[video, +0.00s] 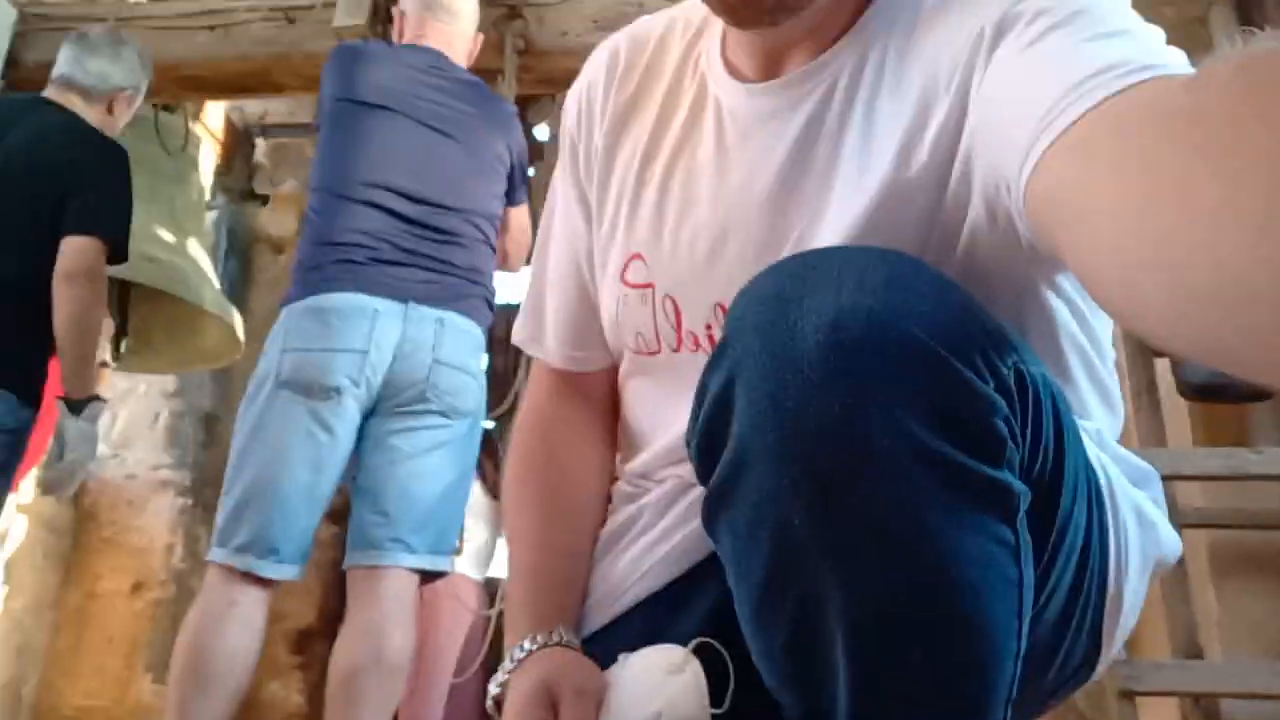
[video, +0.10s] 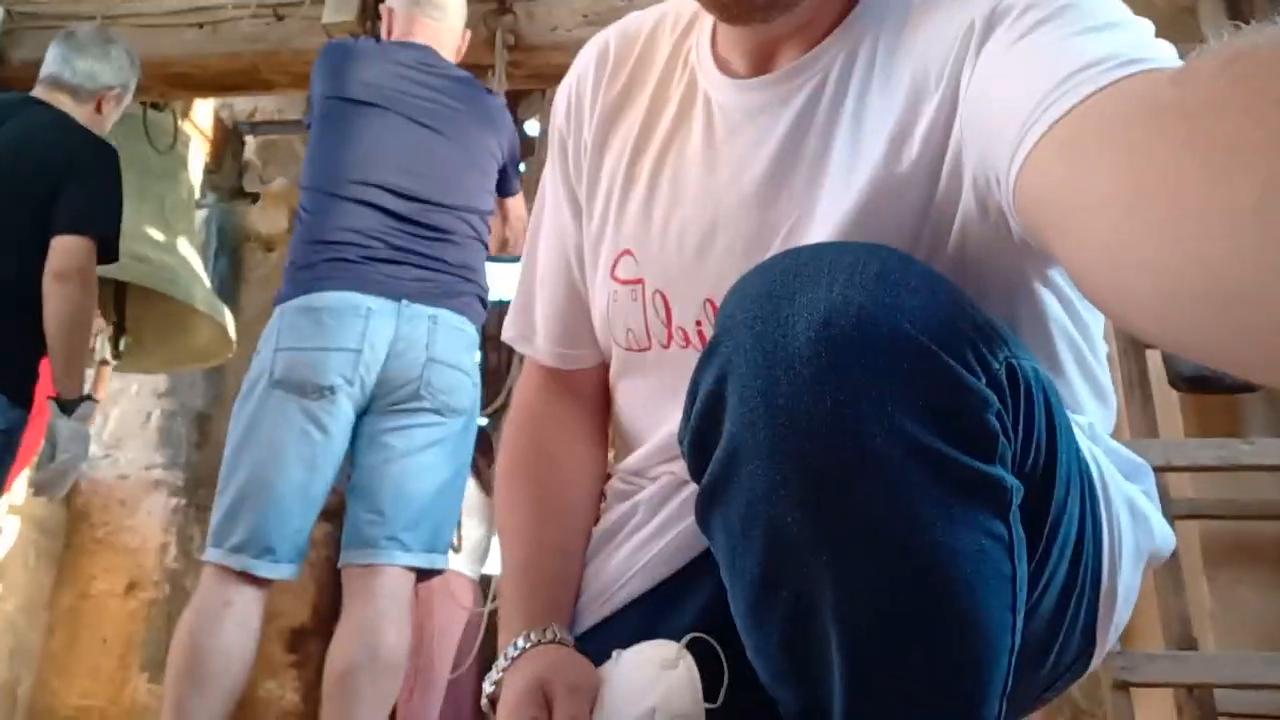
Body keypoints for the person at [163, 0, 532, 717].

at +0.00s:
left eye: (392, 17)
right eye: (475, 32)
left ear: (395, 20)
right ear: (476, 46)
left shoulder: (349, 63)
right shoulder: (503, 117)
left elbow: (353, 172)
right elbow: (513, 250)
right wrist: (436, 217)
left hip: (335, 312)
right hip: (453, 336)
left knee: (244, 569)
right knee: (390, 572)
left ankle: (188, 717)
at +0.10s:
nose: (379, 23)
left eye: (380, 16)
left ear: (386, 18)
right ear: (465, 43)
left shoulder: (338, 60)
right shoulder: (493, 112)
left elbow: (354, 165)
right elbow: (510, 236)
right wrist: (431, 203)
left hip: (327, 312)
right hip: (446, 333)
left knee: (239, 569)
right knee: (385, 570)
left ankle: (184, 717)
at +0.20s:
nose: (381, 24)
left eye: (381, 16)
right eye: (463, 30)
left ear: (384, 19)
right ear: (464, 42)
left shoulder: (338, 60)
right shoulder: (494, 112)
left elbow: (350, 159)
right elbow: (507, 222)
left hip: (327, 310)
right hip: (446, 331)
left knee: (239, 567)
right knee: (384, 569)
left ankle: (183, 716)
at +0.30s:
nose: (388, 25)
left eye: (387, 17)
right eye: (465, 31)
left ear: (387, 19)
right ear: (468, 44)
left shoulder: (340, 61)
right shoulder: (495, 110)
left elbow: (344, 163)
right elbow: (497, 210)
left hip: (331, 310)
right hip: (450, 331)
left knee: (244, 565)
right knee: (387, 572)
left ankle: (190, 714)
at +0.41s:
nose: (413, 14)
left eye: (411, 9)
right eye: (482, 25)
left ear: (407, 14)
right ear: (487, 37)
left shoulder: (361, 52)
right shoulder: (514, 100)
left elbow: (359, 149)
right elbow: (511, 201)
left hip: (356, 298)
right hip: (471, 322)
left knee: (268, 552)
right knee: (408, 561)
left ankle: (214, 712)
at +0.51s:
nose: (446, 83)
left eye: (449, 76)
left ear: (454, 76)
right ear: (531, 98)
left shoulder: (409, 115)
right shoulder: (557, 156)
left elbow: (407, 200)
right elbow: (557, 254)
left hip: (409, 355)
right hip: (522, 373)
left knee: (327, 615)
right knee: (465, 616)